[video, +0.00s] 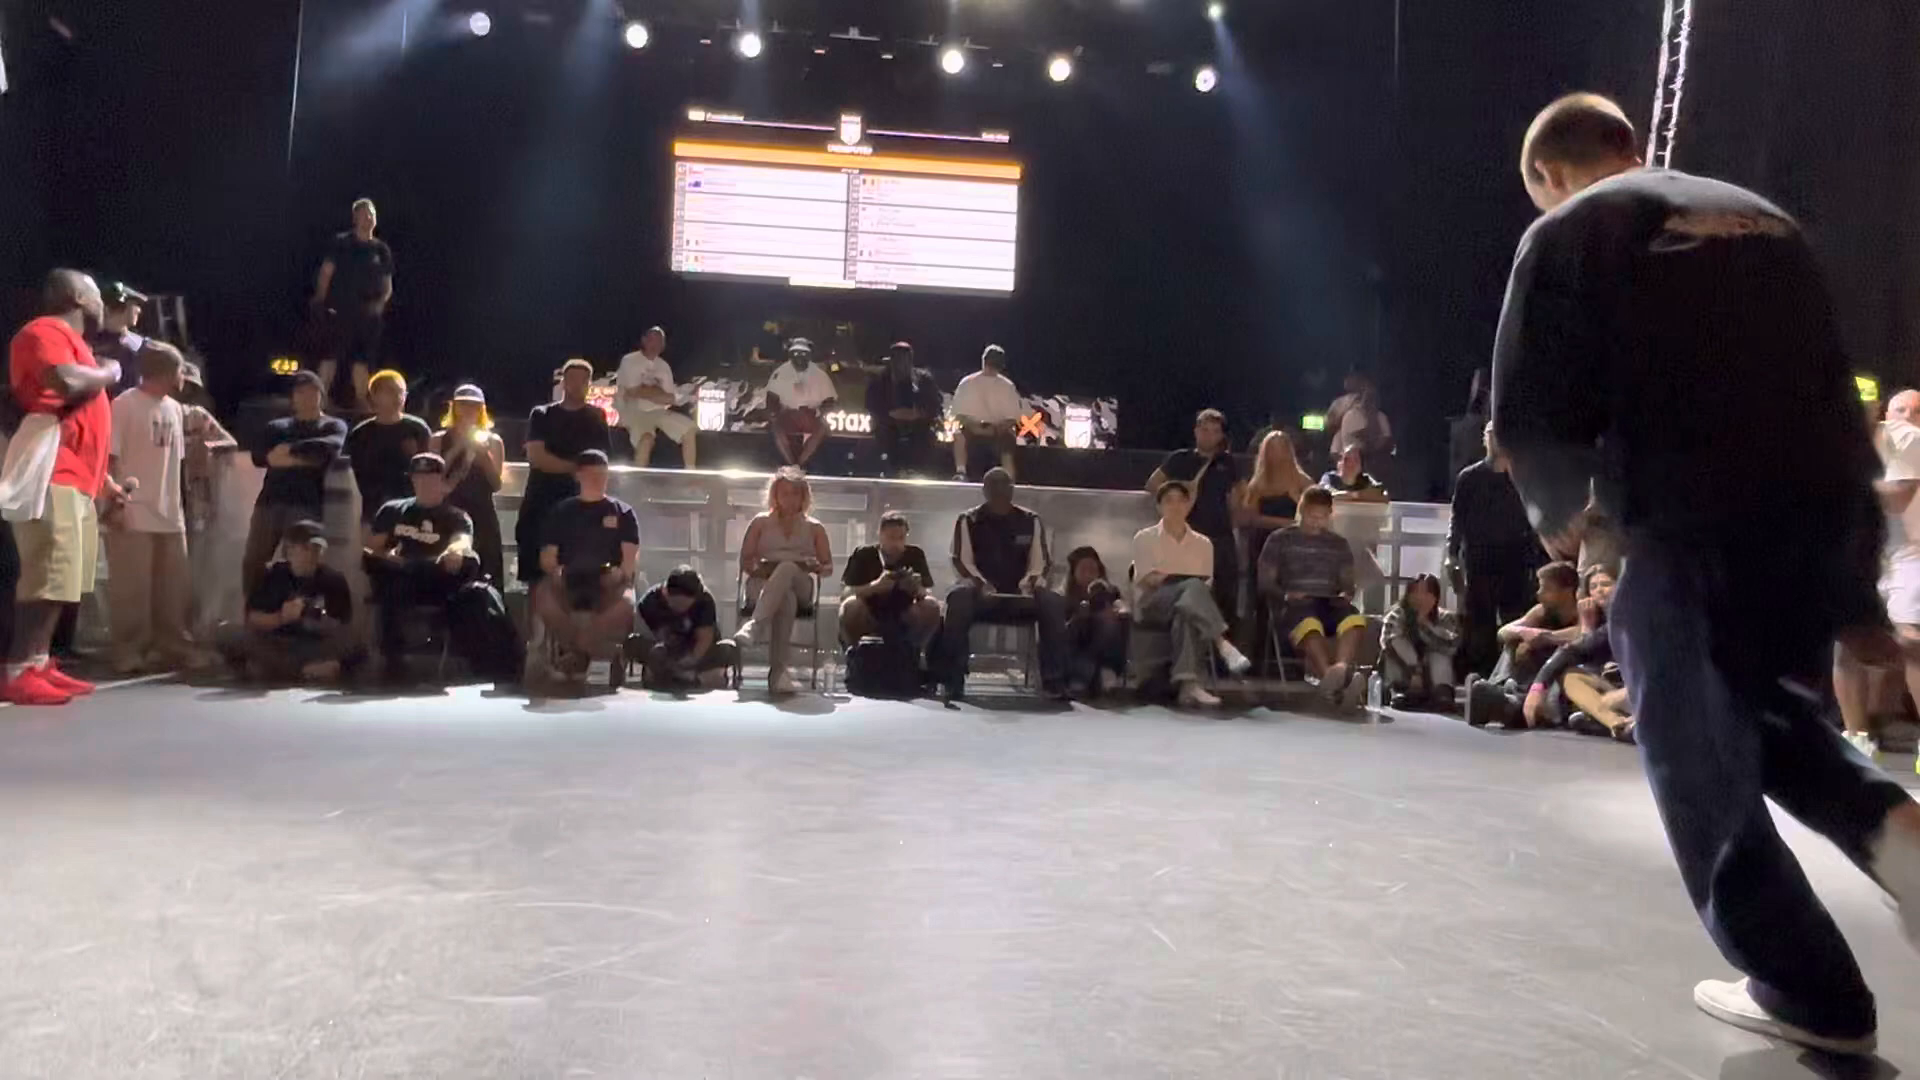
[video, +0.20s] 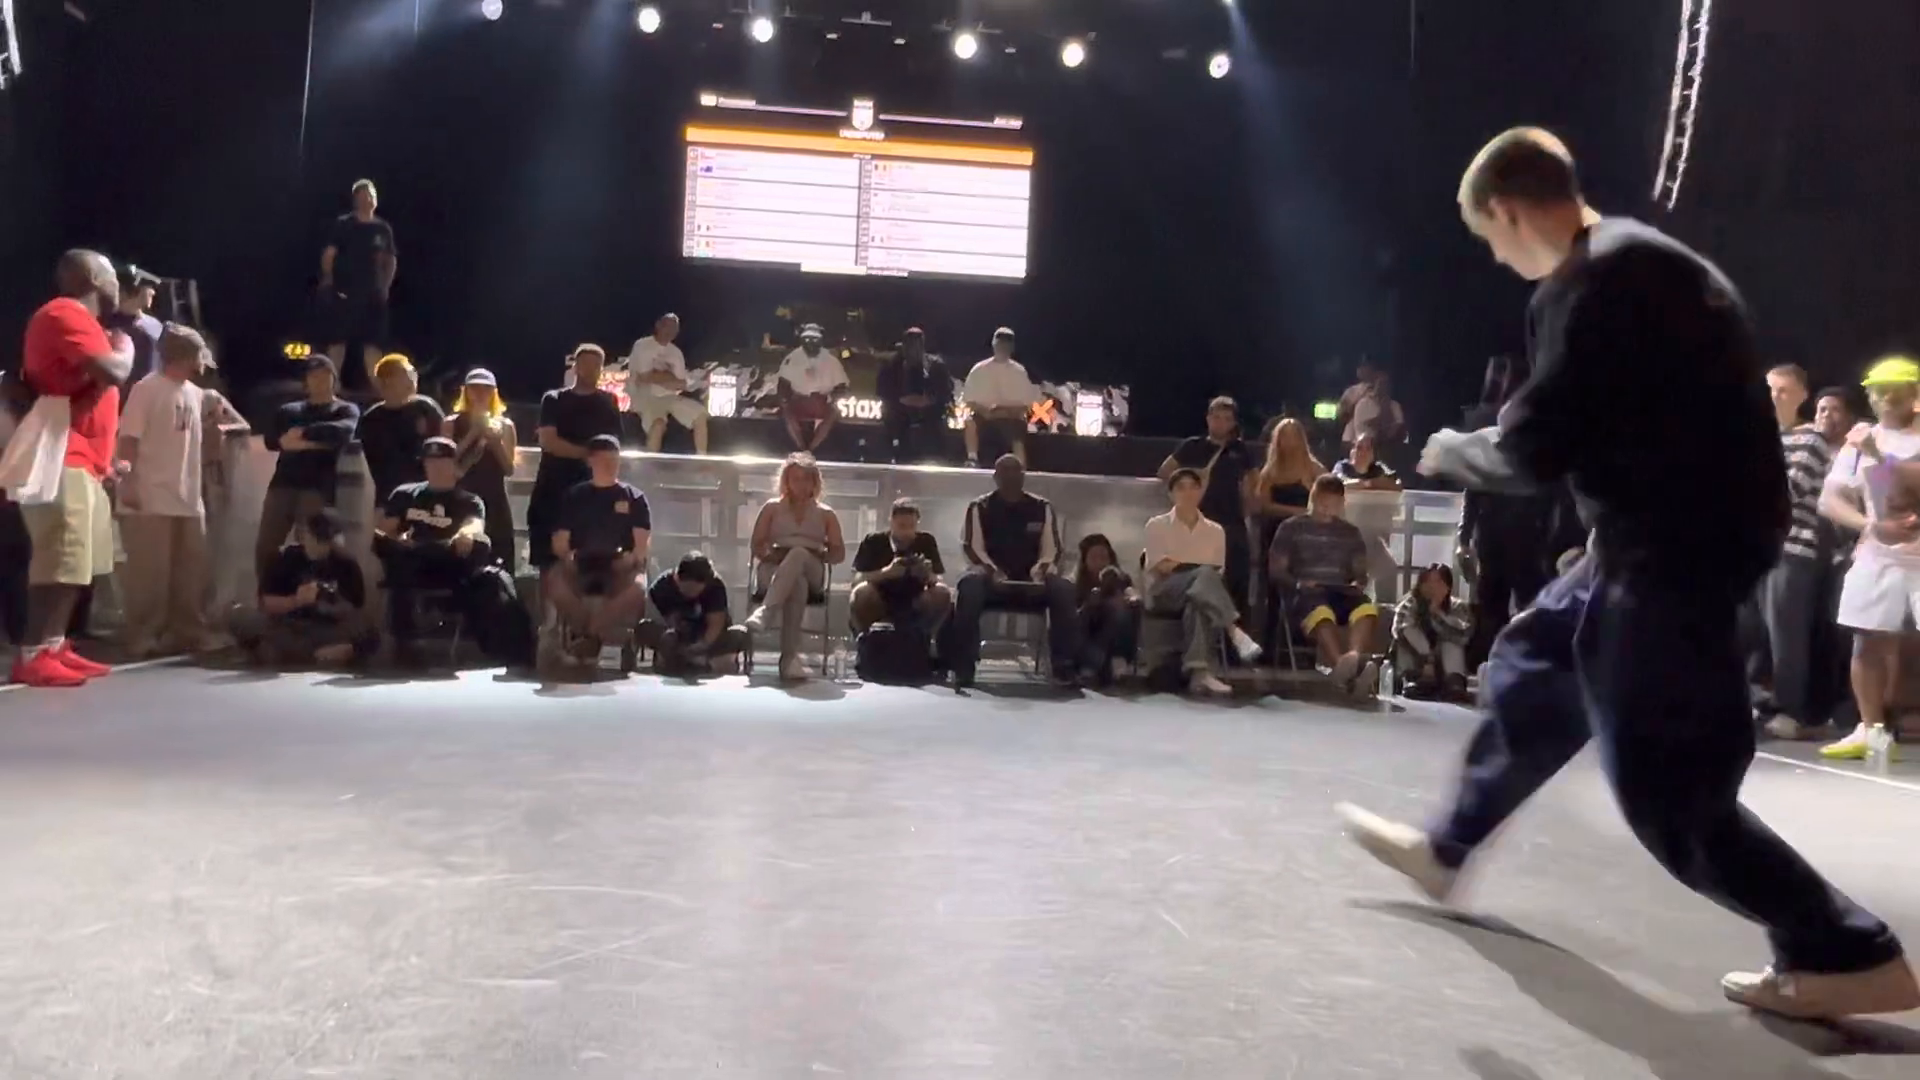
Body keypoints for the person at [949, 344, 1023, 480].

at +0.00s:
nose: (991, 367)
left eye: (995, 363)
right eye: (989, 362)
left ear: (1001, 365)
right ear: (984, 361)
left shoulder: (1007, 386)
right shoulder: (967, 383)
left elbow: (1014, 416)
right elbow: (957, 412)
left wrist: (999, 427)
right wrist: (975, 424)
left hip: (998, 429)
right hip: (974, 427)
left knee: (1008, 439)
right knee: (959, 436)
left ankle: (1008, 481)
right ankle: (960, 472)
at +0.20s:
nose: (1003, 347)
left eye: (1007, 343)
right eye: (1000, 343)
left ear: (1012, 347)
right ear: (993, 345)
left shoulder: (1019, 371)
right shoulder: (980, 369)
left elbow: (1026, 405)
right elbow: (969, 400)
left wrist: (1002, 410)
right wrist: (984, 411)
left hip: (1010, 418)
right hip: (985, 417)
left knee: (1018, 431)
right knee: (970, 422)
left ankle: (1020, 471)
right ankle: (972, 459)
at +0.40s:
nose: (1011, 336)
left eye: (1015, 332)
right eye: (1008, 331)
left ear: (1020, 335)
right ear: (1002, 334)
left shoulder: (1029, 361)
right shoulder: (988, 360)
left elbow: (1037, 393)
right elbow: (979, 390)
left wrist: (1011, 399)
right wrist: (991, 399)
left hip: (1021, 408)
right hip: (995, 408)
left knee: (1027, 420)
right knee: (980, 413)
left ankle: (1031, 461)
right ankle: (982, 449)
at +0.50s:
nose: (1015, 331)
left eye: (1019, 327)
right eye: (1011, 327)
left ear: (1025, 331)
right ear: (1006, 330)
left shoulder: (1034, 356)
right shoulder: (993, 356)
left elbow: (1045, 386)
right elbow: (983, 386)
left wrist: (1021, 390)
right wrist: (994, 396)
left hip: (1026, 403)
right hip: (1001, 402)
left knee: (1032, 416)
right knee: (985, 409)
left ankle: (1036, 458)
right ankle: (987, 446)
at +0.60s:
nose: (1020, 328)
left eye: (1024, 324)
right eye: (1016, 324)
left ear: (1030, 327)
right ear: (1011, 327)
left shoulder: (1039, 352)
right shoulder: (999, 353)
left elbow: (1054, 378)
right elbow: (988, 382)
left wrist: (1034, 377)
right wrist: (999, 392)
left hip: (1032, 398)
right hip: (1007, 397)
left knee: (1036, 417)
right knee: (991, 406)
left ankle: (1041, 453)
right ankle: (992, 442)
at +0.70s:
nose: (1026, 326)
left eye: (1030, 322)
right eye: (1022, 321)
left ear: (1036, 325)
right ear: (1017, 324)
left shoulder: (1044, 348)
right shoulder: (1004, 350)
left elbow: (1060, 374)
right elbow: (993, 380)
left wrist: (1042, 359)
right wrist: (1004, 389)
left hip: (1038, 396)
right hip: (1013, 394)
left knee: (1042, 419)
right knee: (996, 402)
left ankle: (1047, 453)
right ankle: (997, 440)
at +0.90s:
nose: (1036, 318)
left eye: (1040, 314)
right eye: (1032, 314)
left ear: (1046, 318)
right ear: (1026, 317)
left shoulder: (1052, 341)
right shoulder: (1014, 343)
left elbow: (1066, 355)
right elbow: (1002, 373)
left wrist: (1051, 339)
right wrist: (1014, 383)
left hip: (1047, 390)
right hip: (1022, 388)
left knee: (1052, 413)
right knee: (1005, 396)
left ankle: (1055, 448)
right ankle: (1006, 433)